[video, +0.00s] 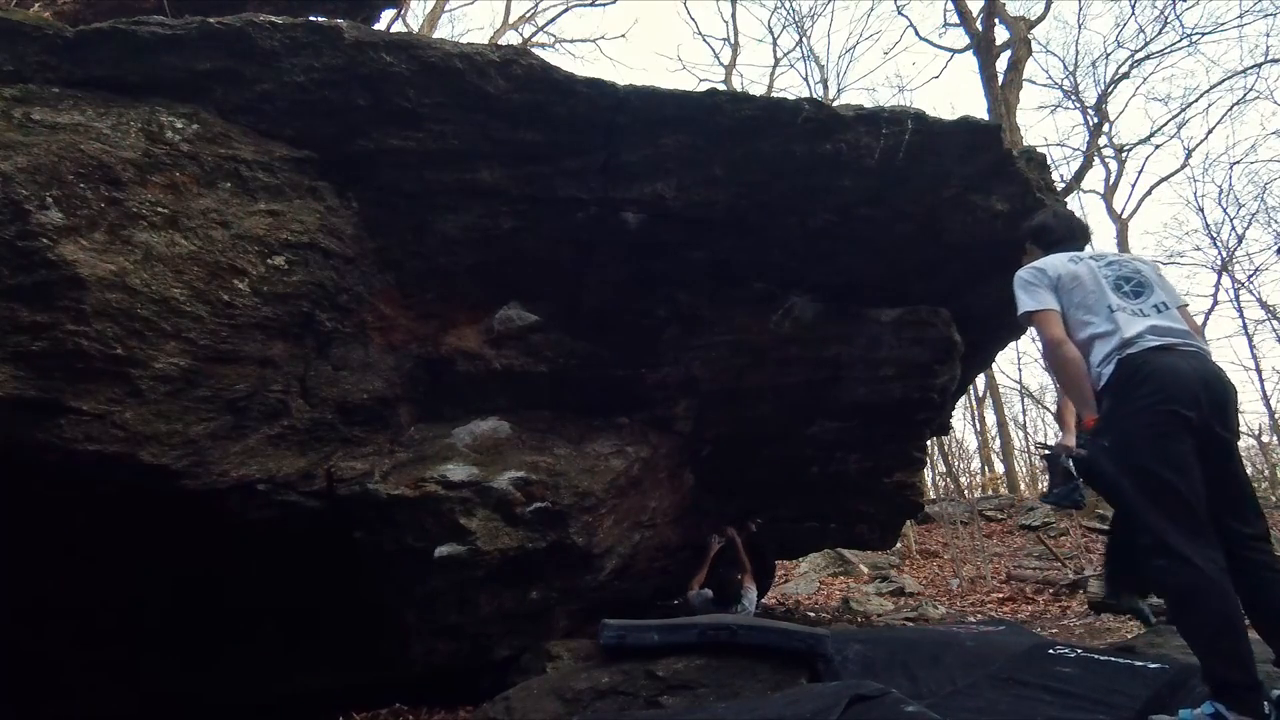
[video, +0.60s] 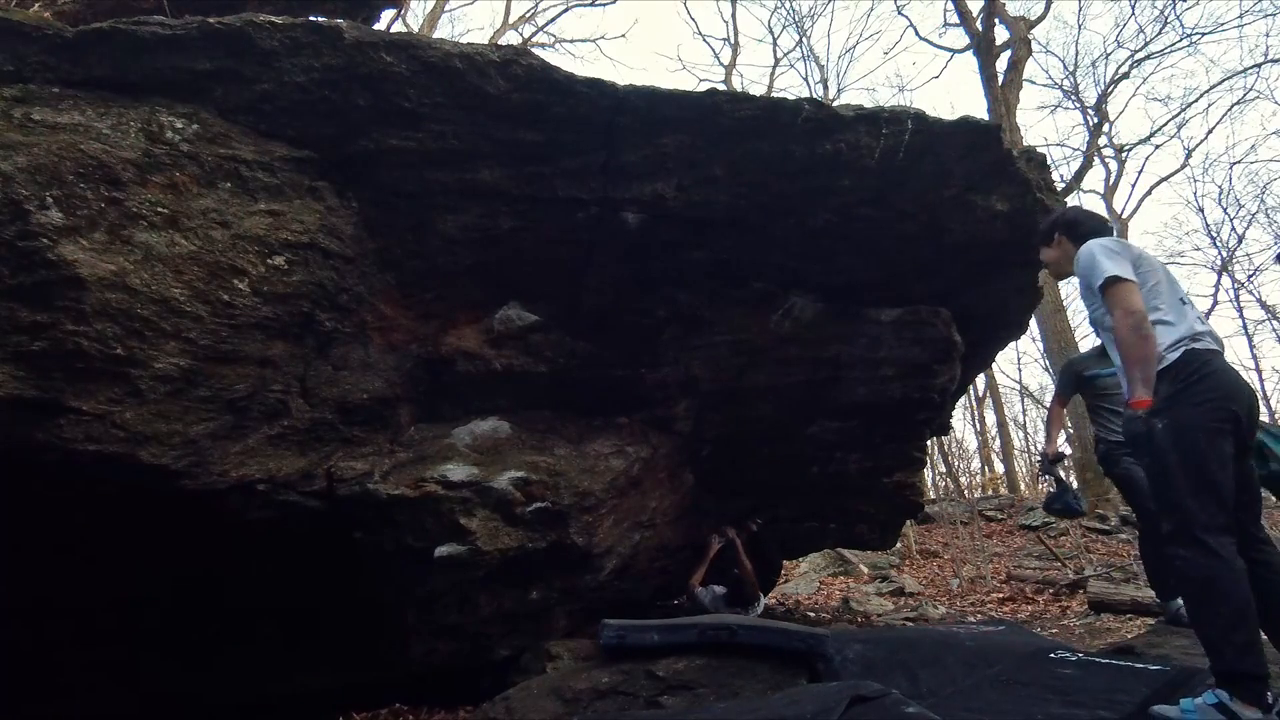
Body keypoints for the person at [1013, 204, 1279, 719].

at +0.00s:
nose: (1025, 260)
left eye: (1025, 255)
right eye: (1023, 255)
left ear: (1035, 250)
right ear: (1083, 240)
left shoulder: (1037, 270)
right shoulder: (1140, 264)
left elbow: (1057, 343)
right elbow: (1194, 330)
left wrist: (1090, 417)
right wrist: (1188, 379)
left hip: (1141, 381)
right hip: (1210, 377)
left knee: (1181, 548)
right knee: (1243, 533)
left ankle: (1239, 700)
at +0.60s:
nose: (1046, 263)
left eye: (1047, 252)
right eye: (1043, 255)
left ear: (1064, 238)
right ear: (1091, 230)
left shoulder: (1095, 249)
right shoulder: (1137, 260)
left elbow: (1133, 317)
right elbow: (1189, 331)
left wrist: (1139, 401)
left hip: (1189, 388)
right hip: (1225, 385)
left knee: (1196, 540)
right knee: (1245, 535)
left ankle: (1244, 692)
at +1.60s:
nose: (1095, 242)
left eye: (1095, 232)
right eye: (1092, 235)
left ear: (1112, 217)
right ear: (1149, 216)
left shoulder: (1127, 239)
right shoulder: (1195, 260)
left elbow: (1134, 317)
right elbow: (1215, 332)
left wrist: (1118, 405)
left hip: (1180, 389)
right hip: (1231, 390)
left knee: (1134, 535)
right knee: (1256, 542)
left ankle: (1224, 671)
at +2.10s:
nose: (1097, 253)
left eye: (1095, 241)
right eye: (1093, 248)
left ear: (1110, 219)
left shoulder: (1139, 231)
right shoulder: (1181, 249)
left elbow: (1156, 310)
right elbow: (1151, 337)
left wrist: (1144, 398)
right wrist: (1077, 324)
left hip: (1198, 385)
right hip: (1239, 388)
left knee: (1182, 527)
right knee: (1258, 523)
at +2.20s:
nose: (1098, 254)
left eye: (1095, 243)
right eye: (1092, 249)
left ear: (1111, 216)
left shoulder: (1143, 230)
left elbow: (1159, 310)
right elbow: (1136, 334)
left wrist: (1153, 399)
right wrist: (1064, 319)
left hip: (1204, 390)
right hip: (1231, 390)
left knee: (1222, 533)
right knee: (1256, 526)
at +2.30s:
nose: (1096, 249)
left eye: (1091, 238)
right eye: (1089, 245)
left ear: (1108, 212)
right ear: (1114, 213)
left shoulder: (1153, 228)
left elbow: (1170, 308)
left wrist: (1161, 399)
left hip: (1204, 390)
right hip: (1222, 387)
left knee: (1244, 539)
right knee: (1247, 536)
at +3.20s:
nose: (1103, 232)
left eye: (1098, 218)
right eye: (1094, 227)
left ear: (1122, 188)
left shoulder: (1191, 224)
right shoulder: (1163, 245)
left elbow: (1231, 312)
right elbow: (1202, 327)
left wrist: (1211, 408)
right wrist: (1185, 412)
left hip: (1238, 404)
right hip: (1199, 416)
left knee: (1271, 539)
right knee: (1167, 532)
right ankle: (1276, 624)